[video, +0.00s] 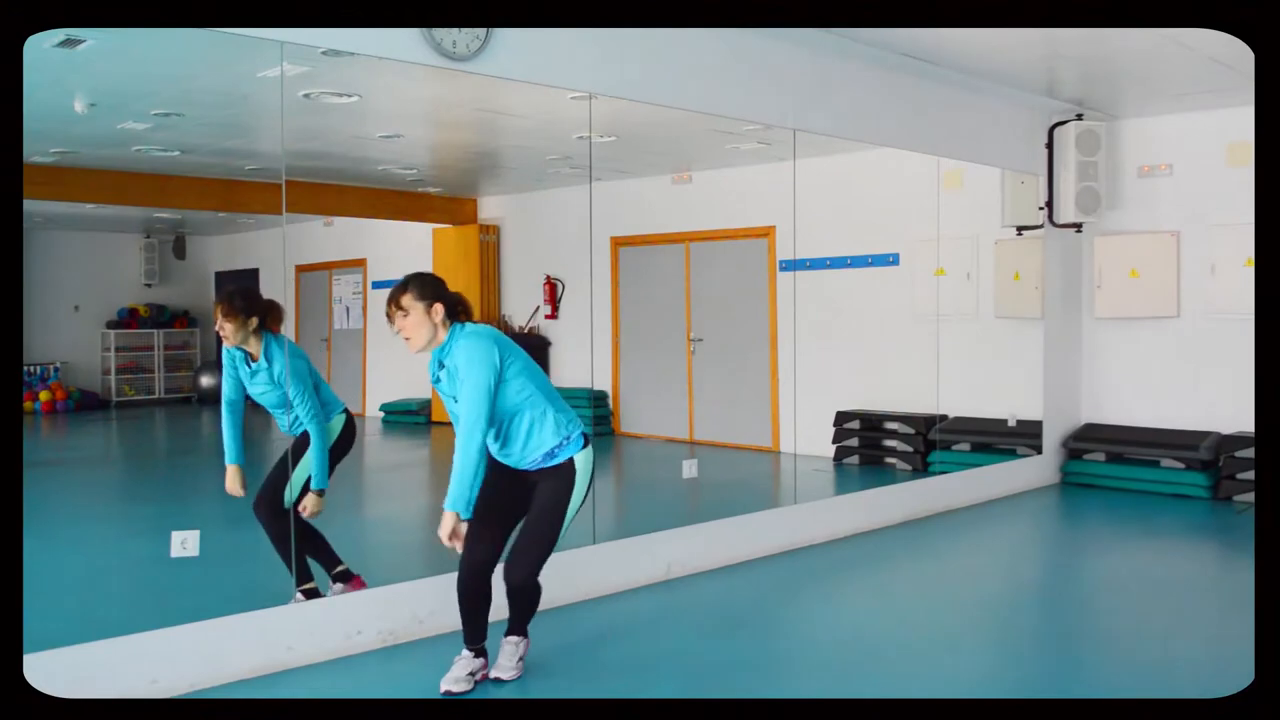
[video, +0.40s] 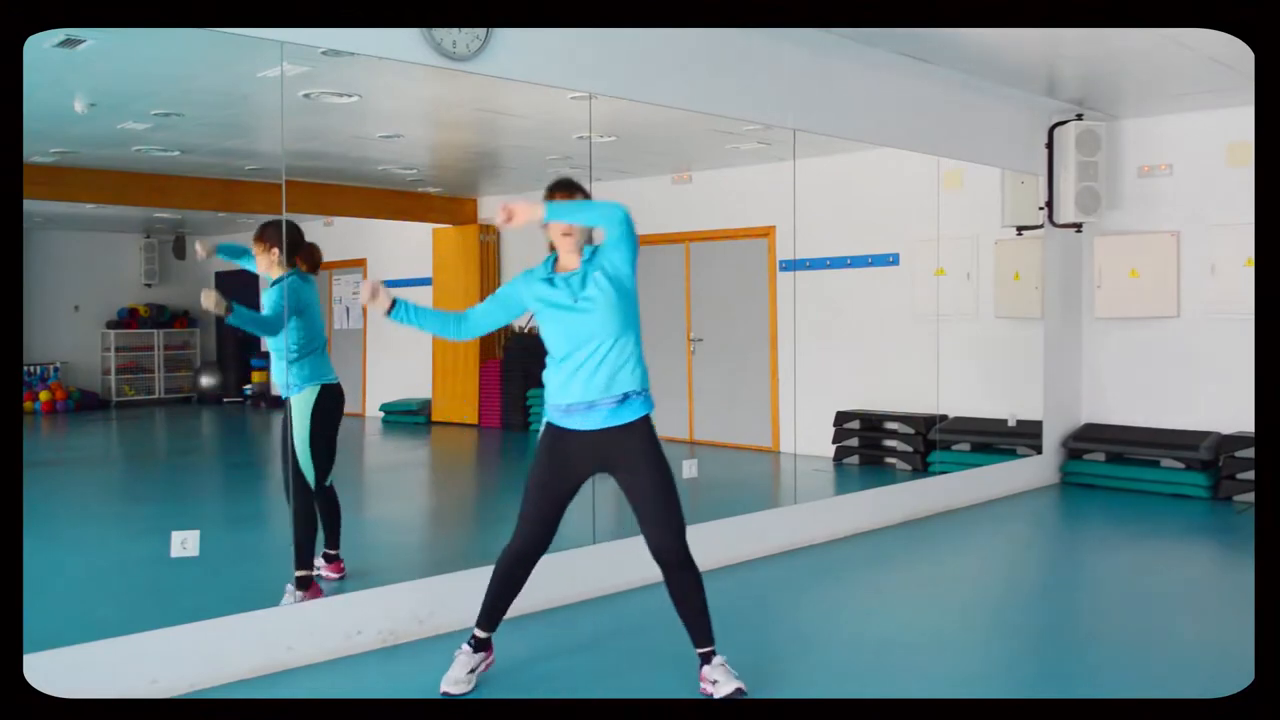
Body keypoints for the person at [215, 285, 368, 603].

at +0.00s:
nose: (218, 327)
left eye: (226, 320)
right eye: (217, 319)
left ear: (252, 323)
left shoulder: (285, 357)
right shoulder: (232, 352)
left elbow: (315, 422)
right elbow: (231, 406)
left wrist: (318, 489)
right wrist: (233, 464)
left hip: (332, 427)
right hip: (308, 431)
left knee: (266, 506)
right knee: (283, 511)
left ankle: (308, 593)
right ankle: (345, 578)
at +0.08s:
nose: (217, 316)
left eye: (225, 309)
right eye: (217, 308)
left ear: (249, 313)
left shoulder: (281, 348)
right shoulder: (235, 340)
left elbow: (314, 414)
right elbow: (218, 384)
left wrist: (299, 475)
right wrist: (216, 433)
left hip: (332, 426)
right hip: (306, 427)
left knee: (267, 502)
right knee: (272, 496)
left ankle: (307, 591)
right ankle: (333, 562)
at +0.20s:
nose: (225, 294)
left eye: (230, 287)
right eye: (225, 287)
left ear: (252, 291)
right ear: (250, 292)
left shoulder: (281, 330)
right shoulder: (248, 321)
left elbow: (303, 398)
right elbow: (205, 334)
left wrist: (260, 430)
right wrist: (200, 355)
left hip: (325, 418)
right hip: (306, 417)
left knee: (269, 503)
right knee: (280, 486)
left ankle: (307, 591)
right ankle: (333, 548)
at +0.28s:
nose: (235, 279)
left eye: (239, 272)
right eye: (236, 273)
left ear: (259, 275)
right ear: (260, 276)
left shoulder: (284, 313)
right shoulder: (262, 306)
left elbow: (287, 379)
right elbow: (220, 298)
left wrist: (238, 383)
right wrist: (202, 306)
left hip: (321, 411)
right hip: (303, 412)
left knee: (279, 496)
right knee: (287, 485)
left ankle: (307, 591)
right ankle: (334, 553)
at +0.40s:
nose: (256, 260)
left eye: (259, 253)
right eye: (256, 254)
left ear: (274, 253)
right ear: (282, 253)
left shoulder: (287, 287)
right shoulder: (293, 279)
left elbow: (272, 326)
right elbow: (250, 260)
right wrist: (214, 249)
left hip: (309, 395)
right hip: (314, 392)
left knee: (302, 489)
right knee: (318, 482)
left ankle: (304, 585)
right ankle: (332, 560)